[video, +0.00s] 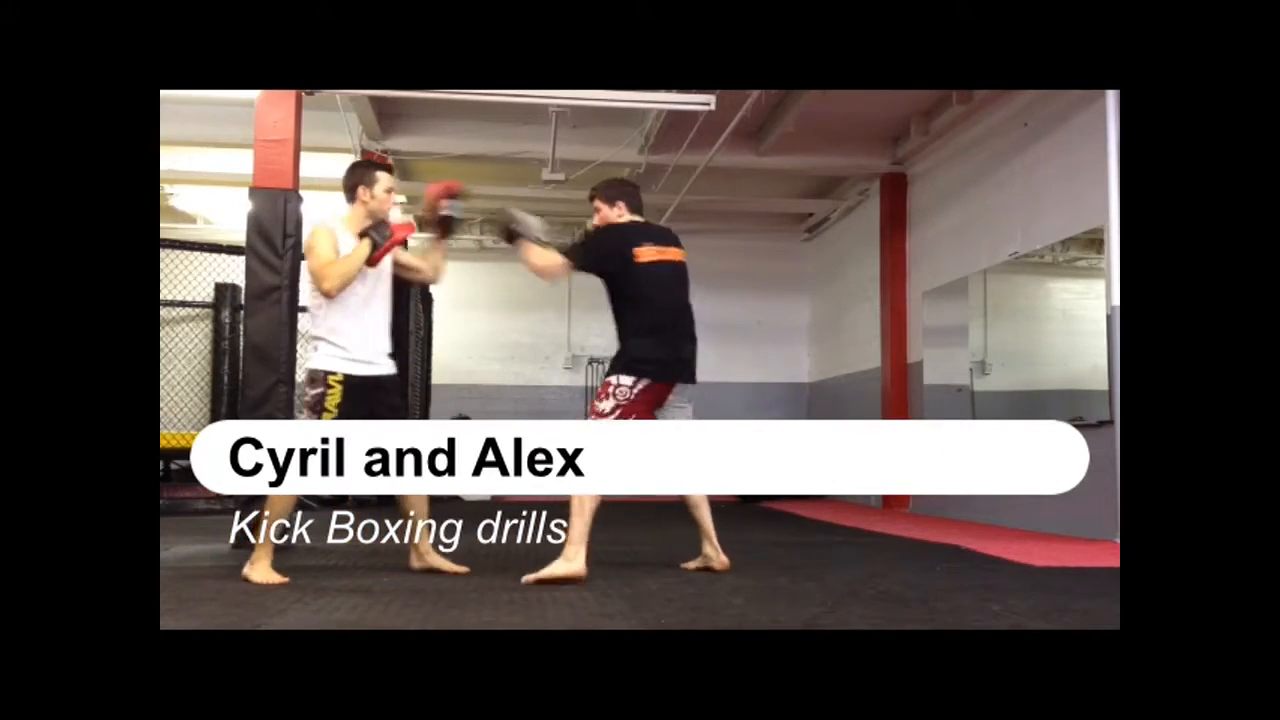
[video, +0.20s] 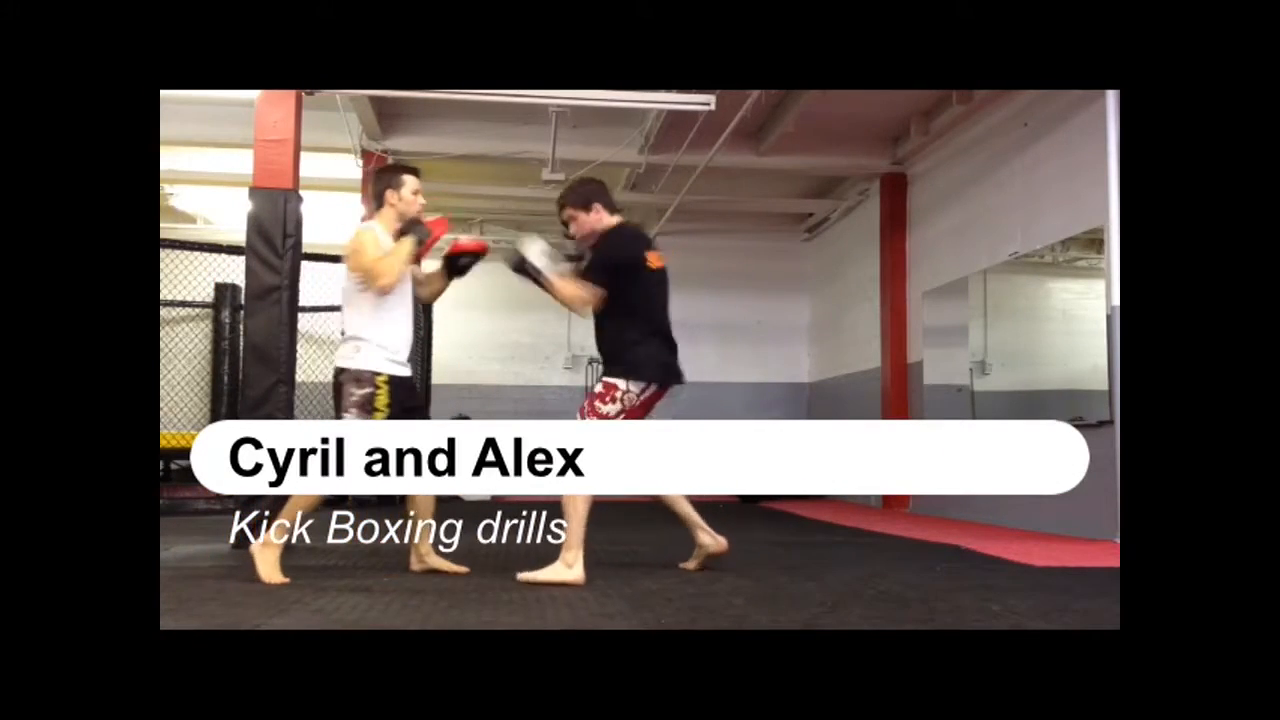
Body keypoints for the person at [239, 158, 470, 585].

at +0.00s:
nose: (394, 200)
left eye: (395, 192)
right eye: (388, 192)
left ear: (375, 195)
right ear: (362, 193)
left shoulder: (380, 244)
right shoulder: (324, 233)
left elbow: (429, 272)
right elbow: (328, 283)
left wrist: (438, 227)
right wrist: (374, 242)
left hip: (380, 370)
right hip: (333, 369)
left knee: (411, 458)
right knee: (301, 464)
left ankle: (421, 548)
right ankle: (261, 558)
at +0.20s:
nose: (422, 202)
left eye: (422, 194)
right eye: (415, 194)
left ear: (399, 198)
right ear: (392, 197)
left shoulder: (401, 242)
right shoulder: (365, 236)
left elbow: (423, 291)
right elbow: (381, 279)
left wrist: (451, 267)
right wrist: (414, 238)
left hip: (398, 369)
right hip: (363, 369)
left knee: (424, 459)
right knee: (342, 463)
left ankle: (423, 549)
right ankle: (271, 542)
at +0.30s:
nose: (435, 207)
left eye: (435, 200)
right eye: (429, 199)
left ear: (402, 203)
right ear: (405, 201)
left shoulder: (380, 240)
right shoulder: (397, 231)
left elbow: (394, 297)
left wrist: (434, 286)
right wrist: (467, 221)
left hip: (386, 367)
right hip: (372, 368)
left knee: (415, 459)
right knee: (343, 463)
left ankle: (422, 548)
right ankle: (273, 541)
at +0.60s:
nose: (429, 214)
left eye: (432, 207)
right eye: (423, 204)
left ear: (419, 211)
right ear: (397, 202)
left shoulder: (408, 249)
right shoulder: (373, 233)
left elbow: (439, 296)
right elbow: (402, 264)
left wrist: (459, 270)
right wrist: (439, 225)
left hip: (389, 371)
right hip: (352, 367)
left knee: (423, 455)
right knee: (323, 460)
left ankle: (422, 549)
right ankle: (264, 551)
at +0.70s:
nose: (412, 209)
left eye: (414, 202)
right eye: (405, 201)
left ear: (403, 207)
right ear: (377, 203)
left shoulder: (399, 247)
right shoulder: (351, 237)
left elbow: (438, 279)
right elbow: (348, 280)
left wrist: (455, 247)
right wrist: (400, 251)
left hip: (384, 375)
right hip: (341, 373)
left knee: (421, 455)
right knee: (307, 466)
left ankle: (423, 550)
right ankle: (261, 559)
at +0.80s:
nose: (391, 205)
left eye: (392, 198)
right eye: (384, 197)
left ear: (372, 201)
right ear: (358, 199)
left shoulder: (383, 243)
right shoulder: (326, 236)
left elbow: (418, 273)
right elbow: (309, 282)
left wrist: (450, 248)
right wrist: (366, 260)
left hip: (376, 369)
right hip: (326, 369)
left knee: (414, 452)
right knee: (298, 465)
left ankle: (423, 543)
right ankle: (260, 559)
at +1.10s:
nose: (380, 201)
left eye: (382, 194)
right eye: (372, 192)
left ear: (379, 201)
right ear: (347, 195)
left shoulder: (367, 247)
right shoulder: (314, 235)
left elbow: (396, 284)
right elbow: (326, 267)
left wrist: (412, 254)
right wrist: (353, 221)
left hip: (362, 367)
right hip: (318, 364)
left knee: (395, 451)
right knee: (300, 459)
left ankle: (396, 550)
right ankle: (260, 559)